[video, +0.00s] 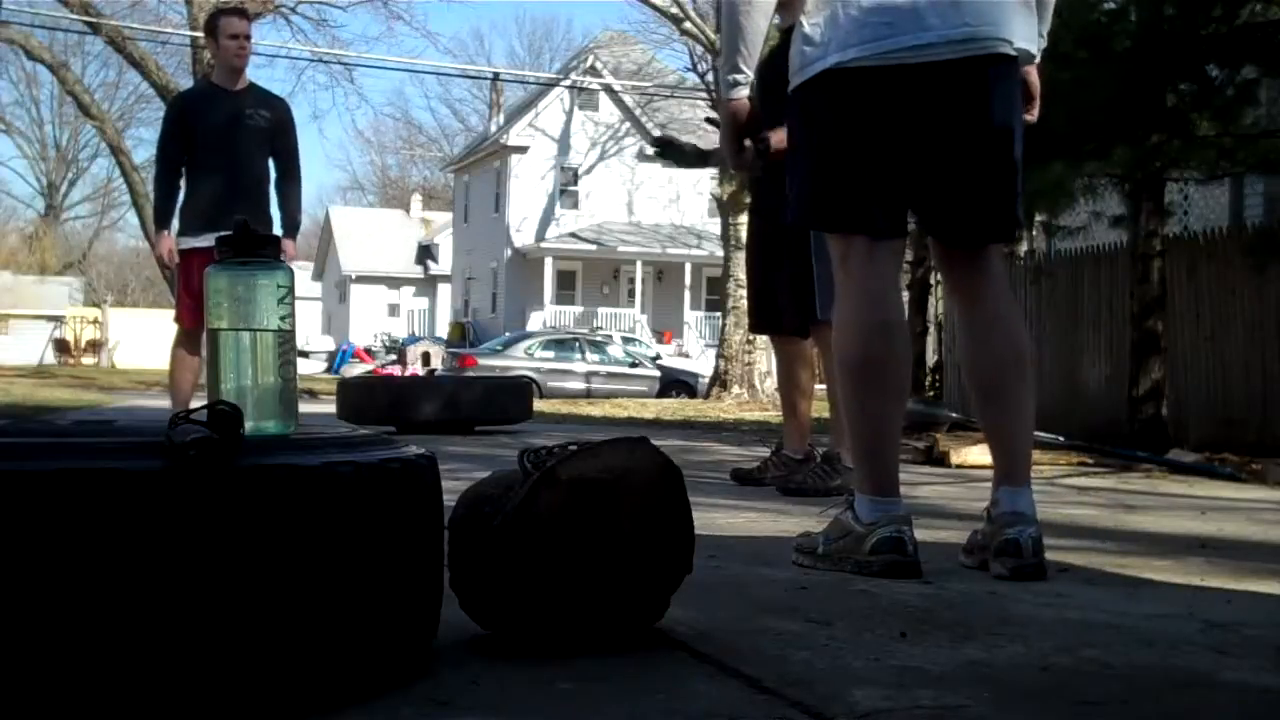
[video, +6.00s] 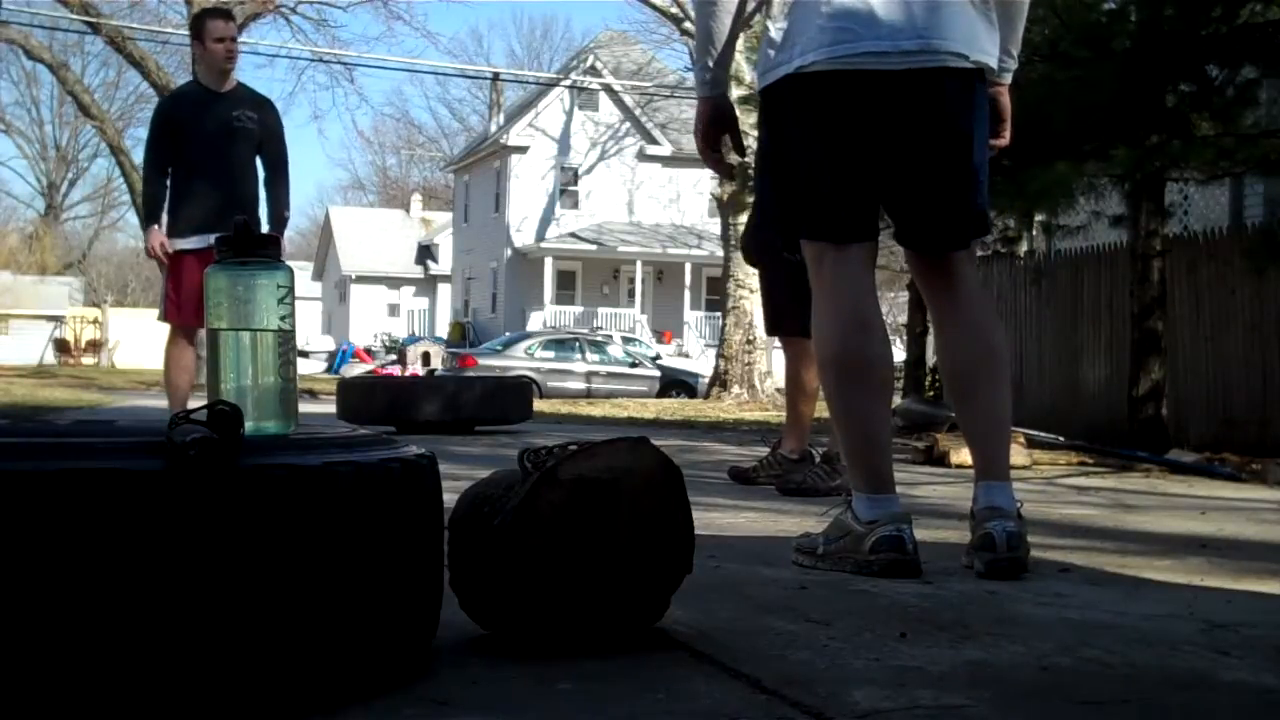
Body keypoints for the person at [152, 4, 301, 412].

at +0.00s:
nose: (243, 45)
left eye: (247, 38)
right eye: (234, 38)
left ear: (253, 44)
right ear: (212, 44)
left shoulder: (274, 107)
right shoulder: (184, 106)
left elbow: (288, 174)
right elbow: (168, 170)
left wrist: (290, 232)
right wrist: (162, 229)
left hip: (255, 240)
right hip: (197, 239)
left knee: (253, 337)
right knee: (191, 333)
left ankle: (250, 425)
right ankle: (180, 421)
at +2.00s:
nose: (228, 48)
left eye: (233, 40)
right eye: (218, 40)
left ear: (239, 46)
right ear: (197, 46)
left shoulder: (262, 106)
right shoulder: (172, 106)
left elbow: (278, 172)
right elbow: (159, 170)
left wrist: (279, 230)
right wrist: (161, 229)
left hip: (246, 237)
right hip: (189, 238)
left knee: (245, 334)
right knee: (186, 332)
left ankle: (242, 424)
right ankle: (178, 422)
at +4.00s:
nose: (239, 50)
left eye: (242, 43)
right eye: (229, 43)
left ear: (246, 47)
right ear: (204, 49)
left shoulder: (265, 110)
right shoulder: (178, 109)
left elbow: (285, 167)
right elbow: (163, 170)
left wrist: (278, 210)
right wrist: (177, 213)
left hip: (252, 238)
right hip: (197, 237)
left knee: (252, 332)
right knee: (189, 329)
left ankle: (249, 423)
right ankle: (178, 420)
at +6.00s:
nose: (231, 48)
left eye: (234, 41)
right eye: (221, 41)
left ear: (238, 44)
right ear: (197, 46)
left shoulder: (260, 107)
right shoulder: (173, 106)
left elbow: (277, 173)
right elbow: (154, 171)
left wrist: (277, 231)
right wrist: (151, 225)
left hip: (244, 239)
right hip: (187, 239)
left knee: (242, 334)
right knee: (184, 331)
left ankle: (240, 426)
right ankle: (179, 424)